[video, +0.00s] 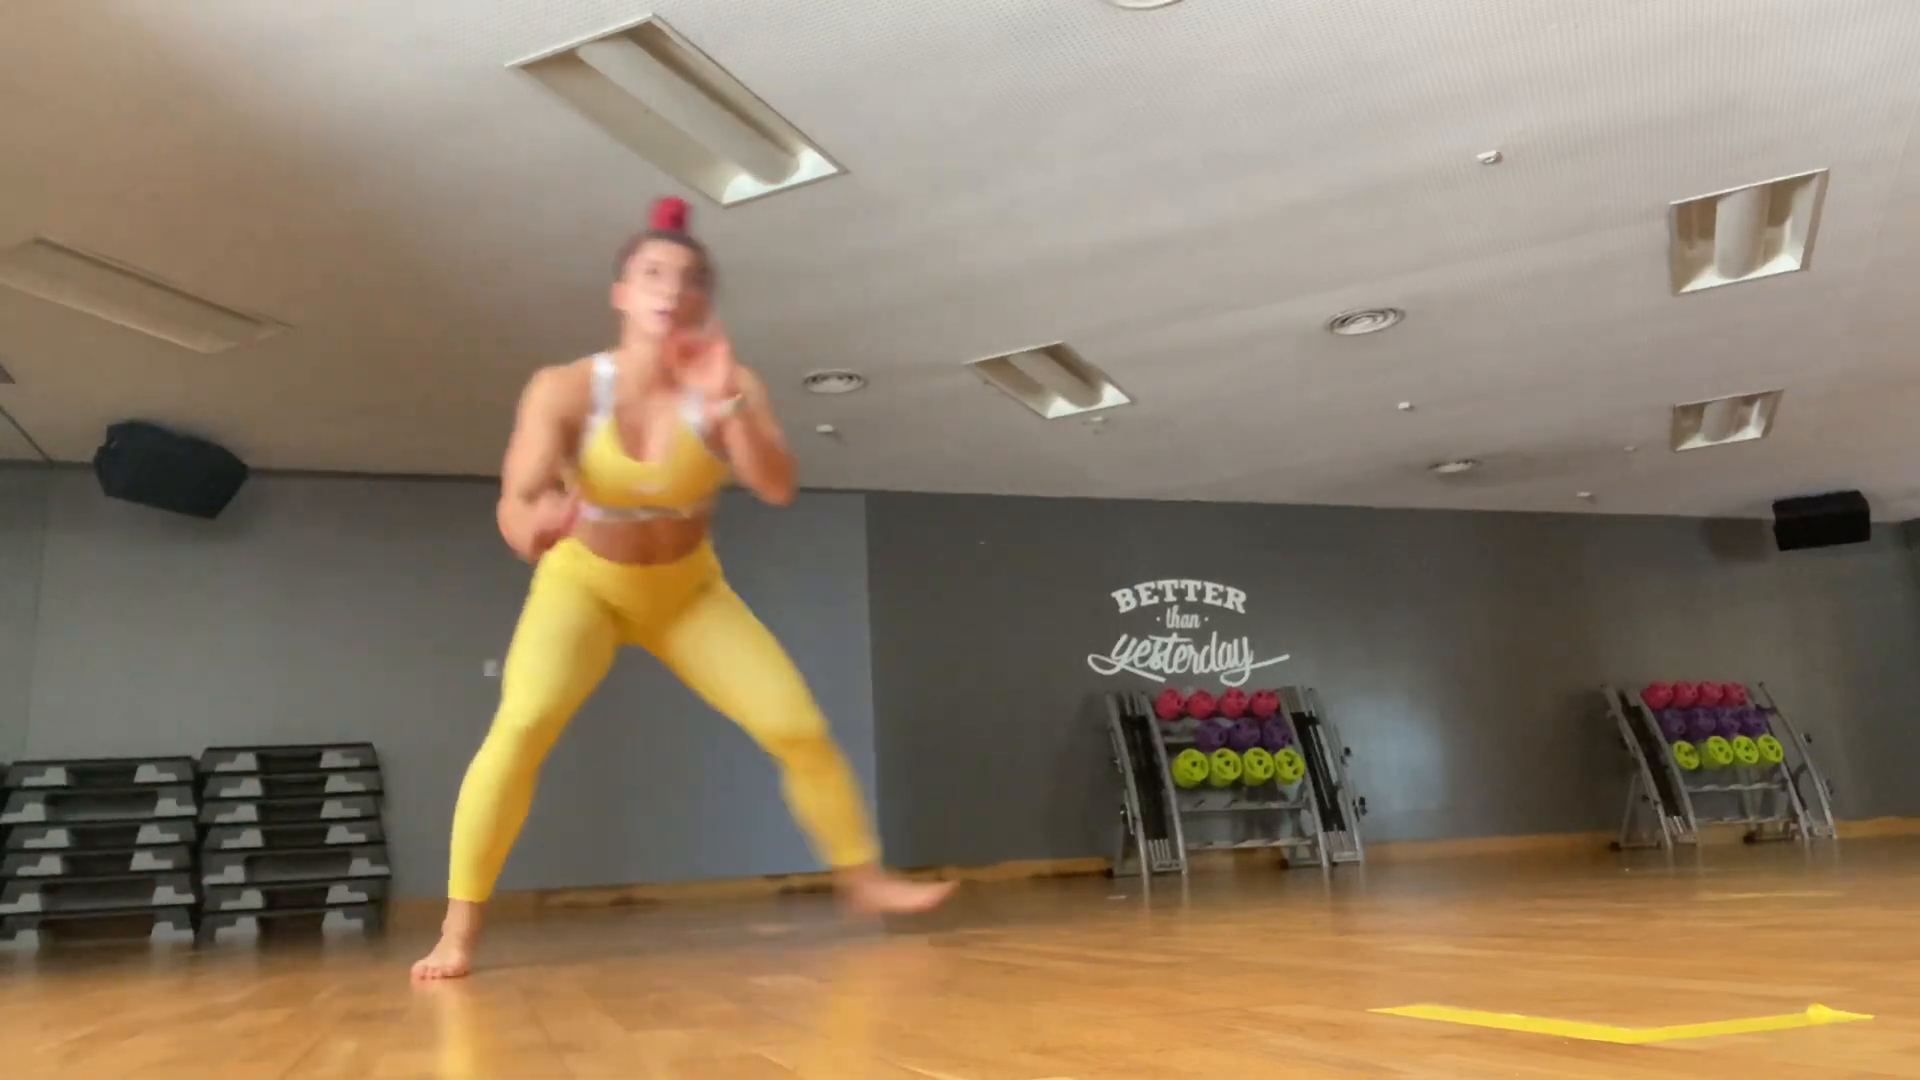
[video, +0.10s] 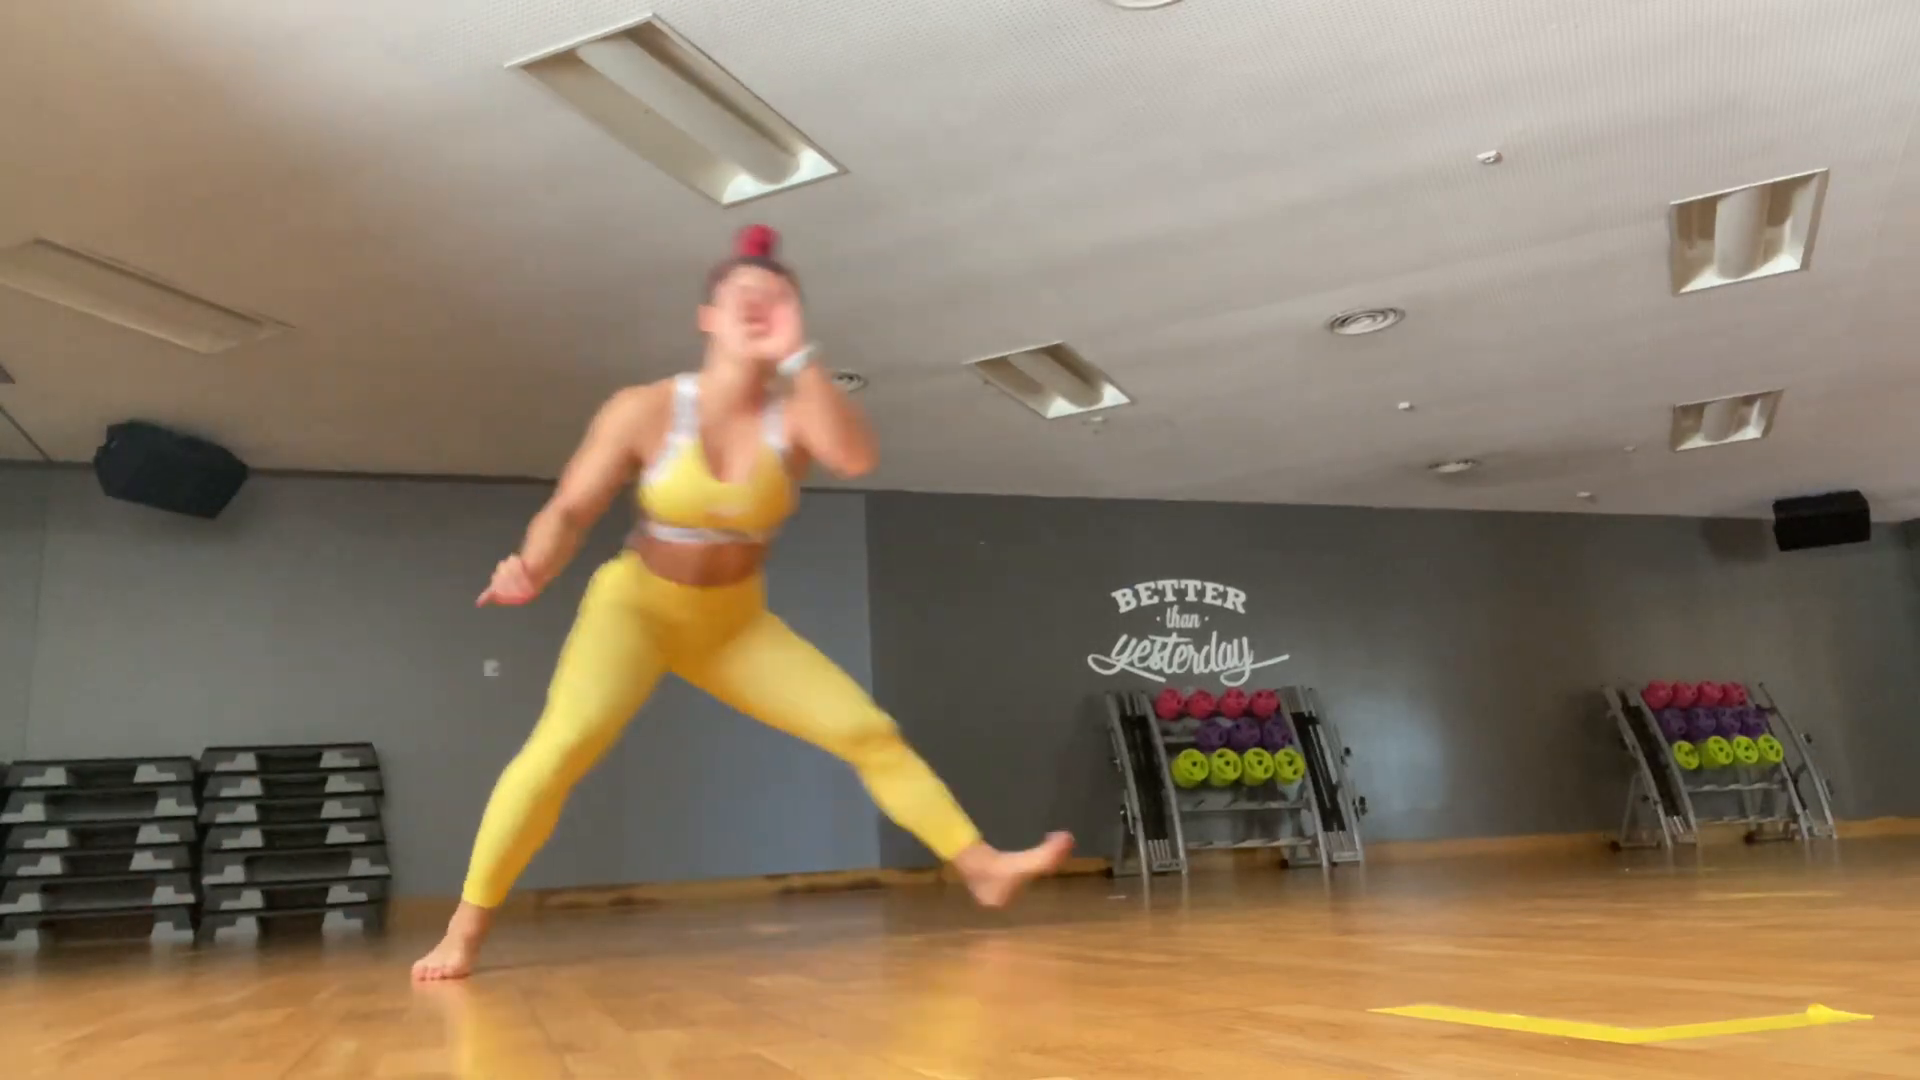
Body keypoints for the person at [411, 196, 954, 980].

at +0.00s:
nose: (670, 290)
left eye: (688, 278)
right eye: (653, 274)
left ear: (706, 305)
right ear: (620, 293)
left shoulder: (726, 386)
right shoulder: (563, 391)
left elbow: (778, 487)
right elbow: (516, 512)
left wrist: (728, 409)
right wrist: (537, 521)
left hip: (691, 591)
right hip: (583, 588)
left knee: (798, 727)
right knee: (522, 727)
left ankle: (862, 879)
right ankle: (459, 926)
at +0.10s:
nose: (766, 318)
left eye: (778, 305)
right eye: (749, 304)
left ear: (793, 324)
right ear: (709, 318)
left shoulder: (797, 408)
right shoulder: (643, 411)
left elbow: (853, 456)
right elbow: (570, 510)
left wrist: (800, 359)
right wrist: (532, 567)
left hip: (738, 624)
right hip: (637, 611)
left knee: (864, 728)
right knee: (562, 747)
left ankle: (983, 866)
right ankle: (466, 927)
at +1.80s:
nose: (853, 286)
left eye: (866, 275)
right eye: (836, 273)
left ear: (881, 296)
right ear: (805, 291)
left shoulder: (904, 374)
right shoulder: (757, 382)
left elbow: (1011, 396)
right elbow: (665, 478)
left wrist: (993, 344)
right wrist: (586, 539)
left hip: (852, 580)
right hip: (765, 571)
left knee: (842, 726)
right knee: (754, 719)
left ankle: (813, 848)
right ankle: (756, 905)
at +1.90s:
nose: (839, 275)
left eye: (853, 265)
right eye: (826, 264)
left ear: (876, 287)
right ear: (803, 283)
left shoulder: (893, 364)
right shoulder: (759, 372)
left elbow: (963, 356)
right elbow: (688, 462)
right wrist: (612, 519)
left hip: (843, 582)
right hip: (763, 564)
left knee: (793, 733)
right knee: (753, 717)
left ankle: (738, 859)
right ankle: (747, 890)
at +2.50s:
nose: (973, 318)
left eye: (986, 305)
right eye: (958, 304)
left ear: (997, 318)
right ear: (926, 316)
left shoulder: (1018, 389)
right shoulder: (897, 400)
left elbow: (1102, 433)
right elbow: (861, 483)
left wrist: (1035, 385)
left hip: (987, 592)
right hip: (910, 579)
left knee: (983, 752)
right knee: (943, 704)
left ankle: (874, 840)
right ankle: (965, 895)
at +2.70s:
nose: (1114, 341)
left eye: (1124, 329)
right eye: (1098, 325)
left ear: (1131, 344)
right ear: (1058, 341)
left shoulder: (1134, 413)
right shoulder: (1015, 423)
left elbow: (1227, 469)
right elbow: (1027, 505)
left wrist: (1196, 405)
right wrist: (1110, 443)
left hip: (1069, 607)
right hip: (987, 591)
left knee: (1162, 718)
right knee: (1011, 701)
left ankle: (1211, 864)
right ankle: (981, 894)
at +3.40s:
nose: (1311, 381)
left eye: (1317, 372)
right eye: (1296, 371)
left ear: (1321, 383)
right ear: (1263, 388)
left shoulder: (1314, 461)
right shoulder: (1236, 435)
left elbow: (1265, 532)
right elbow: (1304, 416)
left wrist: (1288, 580)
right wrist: (1351, 385)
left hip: (1271, 619)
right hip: (1202, 622)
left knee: (1336, 716)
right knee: (1206, 753)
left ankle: (1354, 866)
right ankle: (1212, 851)